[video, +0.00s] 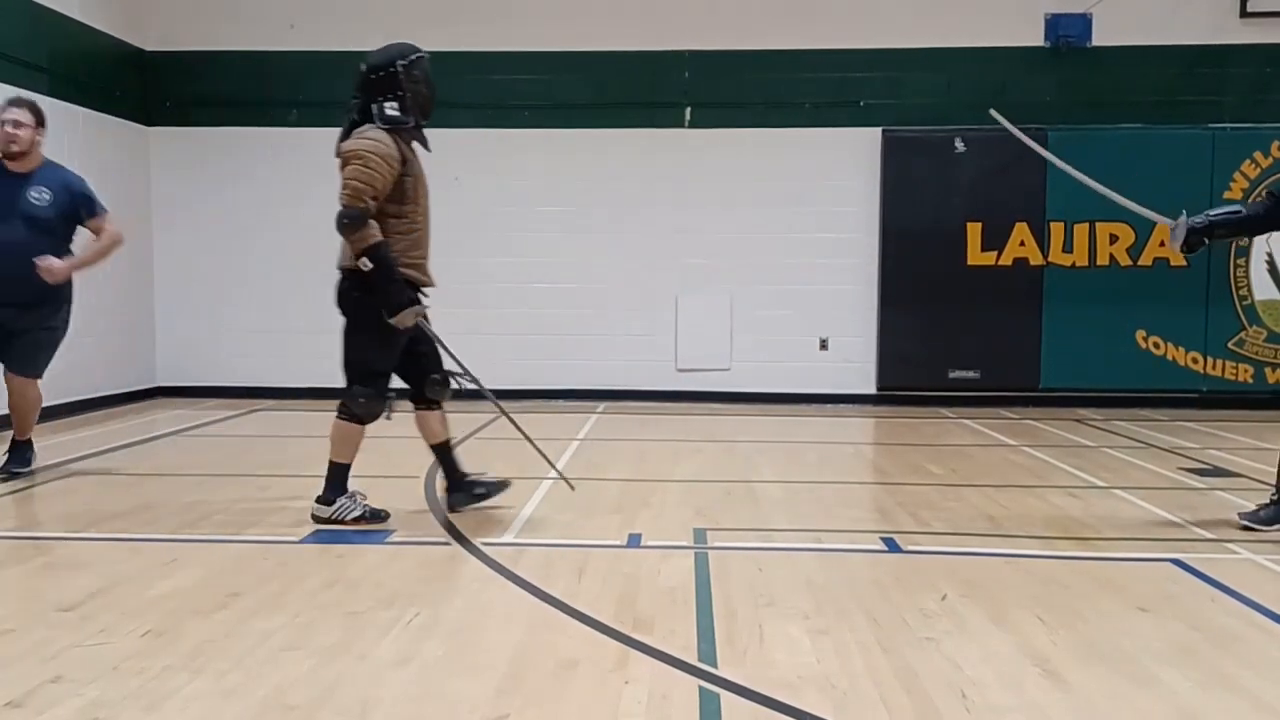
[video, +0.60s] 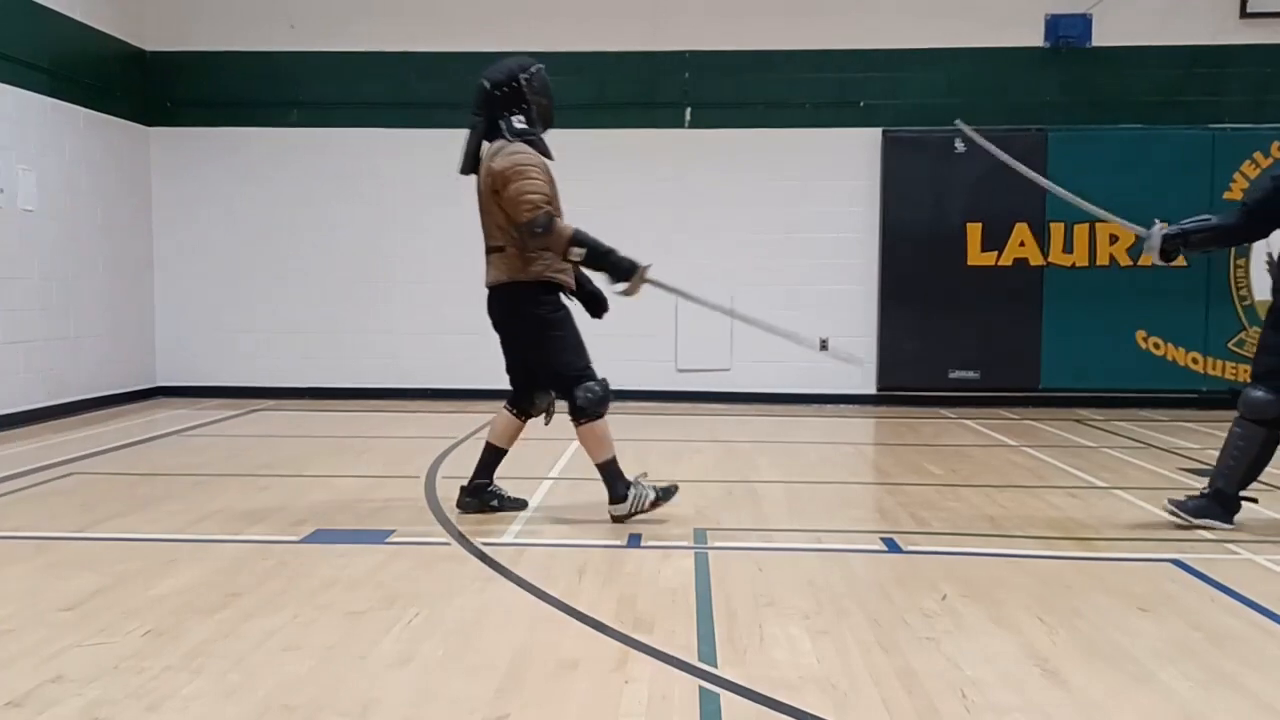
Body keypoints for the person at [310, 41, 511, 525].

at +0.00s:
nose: (429, 90)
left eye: (426, 80)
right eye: (420, 80)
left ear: (390, 87)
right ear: (397, 86)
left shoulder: (397, 141)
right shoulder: (375, 144)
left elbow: (388, 220)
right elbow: (352, 217)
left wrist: (409, 281)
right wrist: (391, 286)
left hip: (394, 286)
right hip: (371, 287)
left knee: (428, 380)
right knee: (365, 395)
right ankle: (333, 496)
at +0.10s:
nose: (453, 96)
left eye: (449, 87)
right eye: (444, 88)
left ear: (411, 96)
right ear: (423, 95)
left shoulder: (423, 147)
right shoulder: (402, 150)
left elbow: (409, 224)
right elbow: (382, 224)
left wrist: (440, 285)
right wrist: (414, 289)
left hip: (432, 290)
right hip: (405, 291)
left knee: (458, 387)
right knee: (404, 398)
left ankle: (474, 487)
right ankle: (339, 489)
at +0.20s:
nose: (474, 95)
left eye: (471, 86)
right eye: (465, 87)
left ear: (434, 95)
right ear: (445, 94)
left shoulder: (445, 146)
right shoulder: (426, 149)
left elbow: (433, 225)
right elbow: (411, 223)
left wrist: (466, 287)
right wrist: (447, 292)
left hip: (455, 287)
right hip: (434, 288)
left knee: (482, 384)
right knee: (471, 388)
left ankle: (476, 489)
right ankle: (381, 465)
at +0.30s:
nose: (494, 93)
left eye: (491, 84)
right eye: (486, 84)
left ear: (453, 91)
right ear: (464, 90)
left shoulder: (462, 145)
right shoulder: (447, 147)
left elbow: (456, 224)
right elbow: (440, 222)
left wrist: (494, 283)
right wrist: (479, 282)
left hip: (469, 282)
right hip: (459, 283)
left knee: (503, 383)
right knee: (508, 382)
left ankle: (474, 488)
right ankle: (439, 460)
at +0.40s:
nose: (513, 93)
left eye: (510, 84)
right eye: (506, 84)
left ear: (470, 90)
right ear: (485, 89)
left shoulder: (476, 143)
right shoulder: (468, 147)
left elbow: (480, 224)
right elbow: (470, 224)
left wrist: (522, 281)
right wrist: (520, 277)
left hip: (479, 285)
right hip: (485, 284)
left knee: (504, 384)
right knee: (542, 379)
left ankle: (476, 487)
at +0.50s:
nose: (529, 96)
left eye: (526, 87)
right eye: (522, 88)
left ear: (484, 96)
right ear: (503, 93)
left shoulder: (492, 147)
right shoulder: (491, 151)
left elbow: (513, 230)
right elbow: (502, 223)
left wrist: (560, 278)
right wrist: (561, 267)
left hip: (497, 288)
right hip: (507, 288)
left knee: (515, 389)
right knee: (559, 385)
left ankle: (476, 487)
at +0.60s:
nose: (548, 101)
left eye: (544, 92)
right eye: (540, 93)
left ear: (502, 103)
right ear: (522, 100)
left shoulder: (501, 155)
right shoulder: (518, 158)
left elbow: (532, 239)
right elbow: (540, 229)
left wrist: (579, 284)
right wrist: (611, 260)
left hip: (513, 295)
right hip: (531, 296)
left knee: (529, 395)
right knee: (584, 392)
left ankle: (478, 487)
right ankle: (621, 491)